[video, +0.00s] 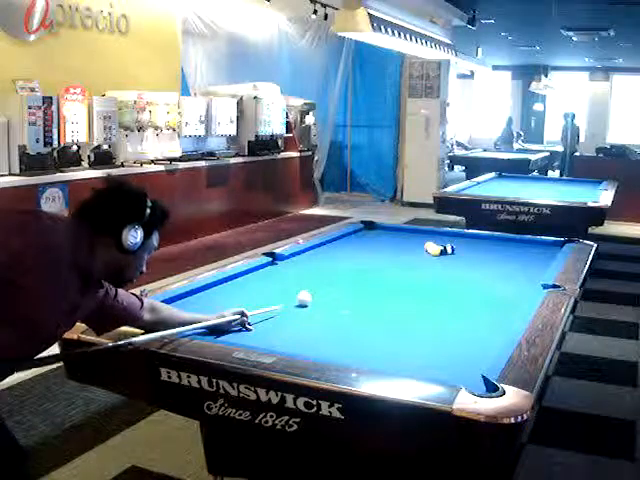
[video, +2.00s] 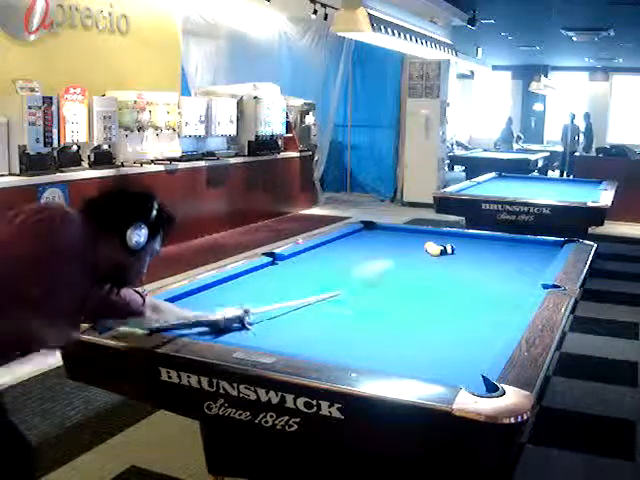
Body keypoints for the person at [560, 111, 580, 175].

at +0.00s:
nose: (569, 120)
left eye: (571, 118)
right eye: (567, 118)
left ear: (573, 118)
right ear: (566, 118)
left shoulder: (576, 127)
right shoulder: (565, 126)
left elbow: (577, 136)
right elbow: (562, 135)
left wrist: (577, 144)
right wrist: (563, 143)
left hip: (573, 146)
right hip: (566, 145)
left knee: (570, 157)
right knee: (563, 157)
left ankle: (569, 172)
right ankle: (562, 171)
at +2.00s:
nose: (572, 119)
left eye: (573, 117)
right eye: (571, 117)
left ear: (574, 118)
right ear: (569, 117)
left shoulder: (576, 127)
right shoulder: (565, 126)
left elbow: (578, 137)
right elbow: (562, 135)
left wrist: (577, 145)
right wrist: (563, 142)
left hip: (573, 146)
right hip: (565, 146)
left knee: (571, 160)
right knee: (563, 160)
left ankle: (569, 173)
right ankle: (561, 173)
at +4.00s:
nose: (570, 119)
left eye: (572, 117)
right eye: (569, 117)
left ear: (574, 118)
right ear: (567, 118)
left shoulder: (576, 126)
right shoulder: (565, 126)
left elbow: (578, 136)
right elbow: (563, 135)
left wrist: (577, 144)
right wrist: (563, 142)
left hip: (573, 145)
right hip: (566, 145)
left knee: (571, 159)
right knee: (564, 158)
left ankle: (570, 172)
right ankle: (562, 172)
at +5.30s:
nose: (572, 119)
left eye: (573, 117)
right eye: (571, 117)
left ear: (575, 118)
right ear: (570, 117)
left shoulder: (577, 127)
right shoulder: (566, 126)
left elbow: (579, 137)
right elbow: (563, 135)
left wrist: (578, 145)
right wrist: (563, 142)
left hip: (573, 146)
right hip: (566, 146)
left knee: (570, 160)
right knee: (563, 160)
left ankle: (569, 173)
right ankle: (561, 172)